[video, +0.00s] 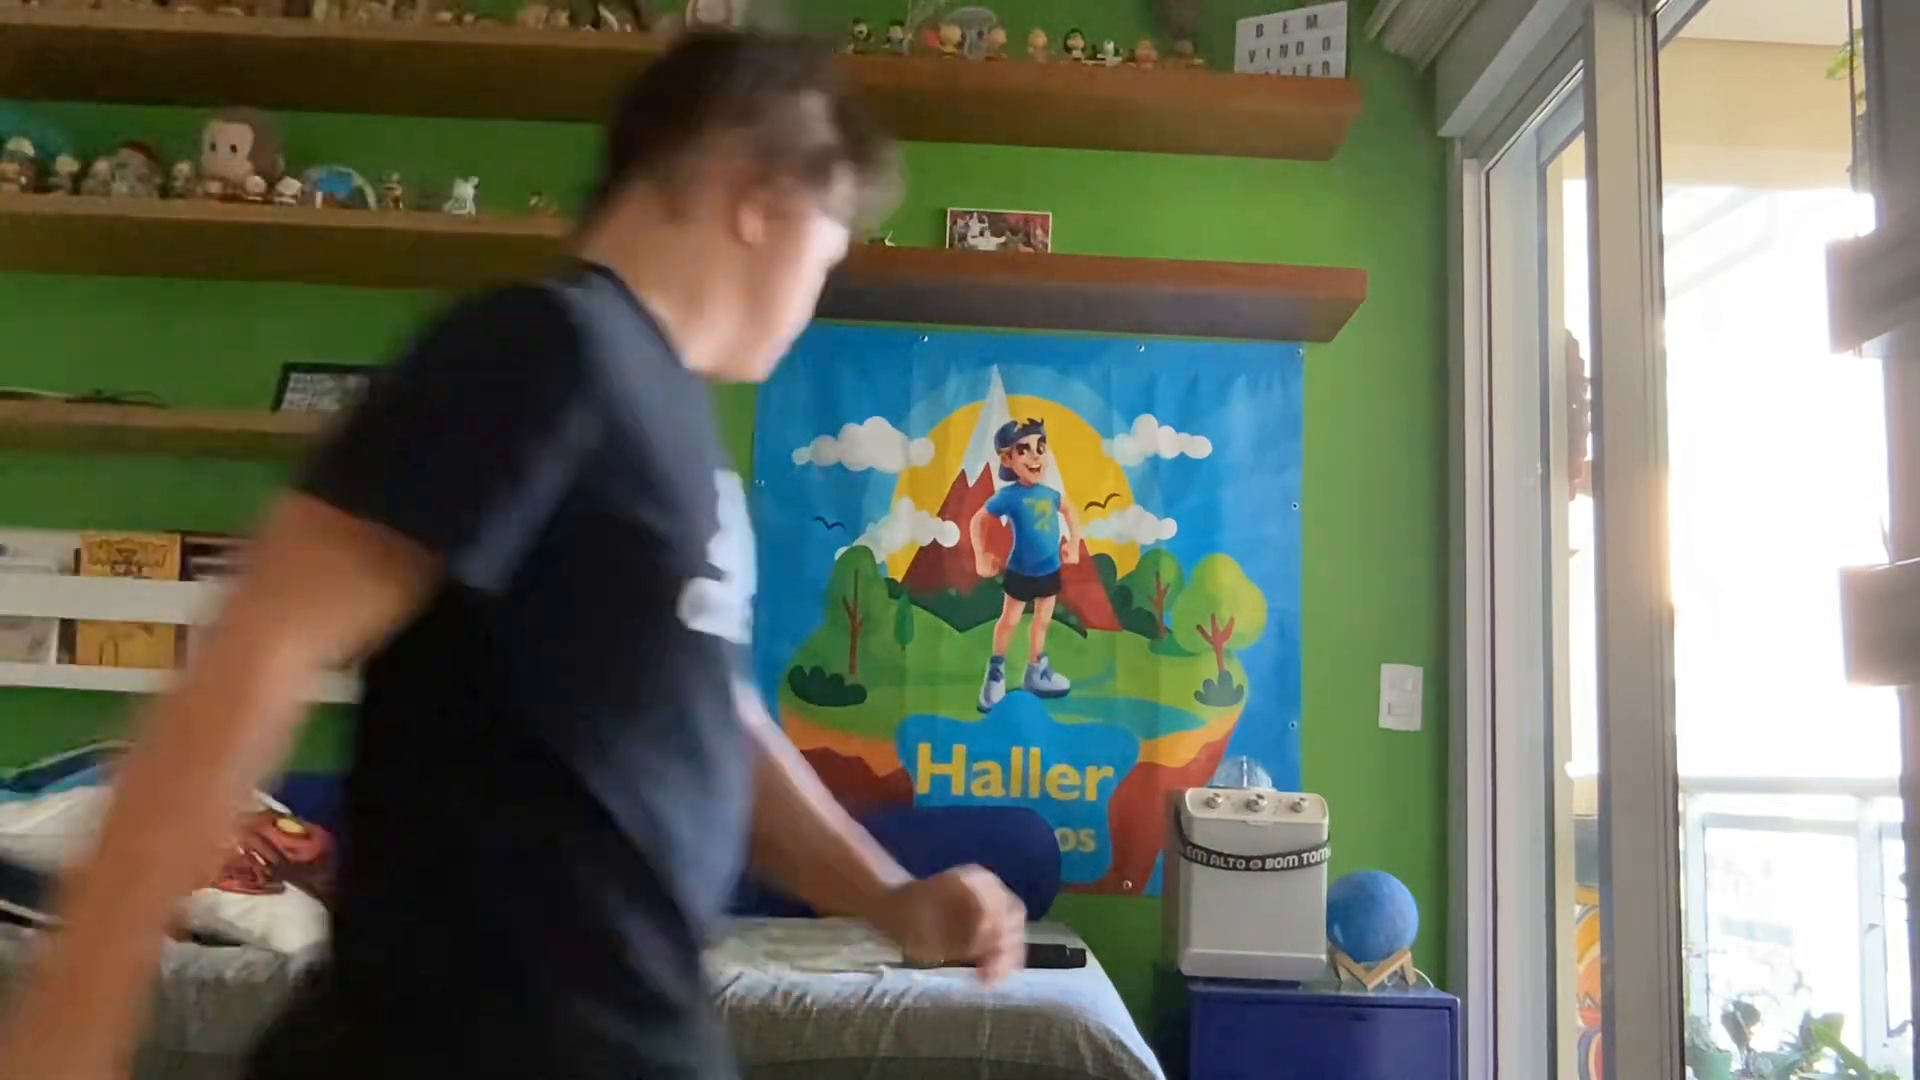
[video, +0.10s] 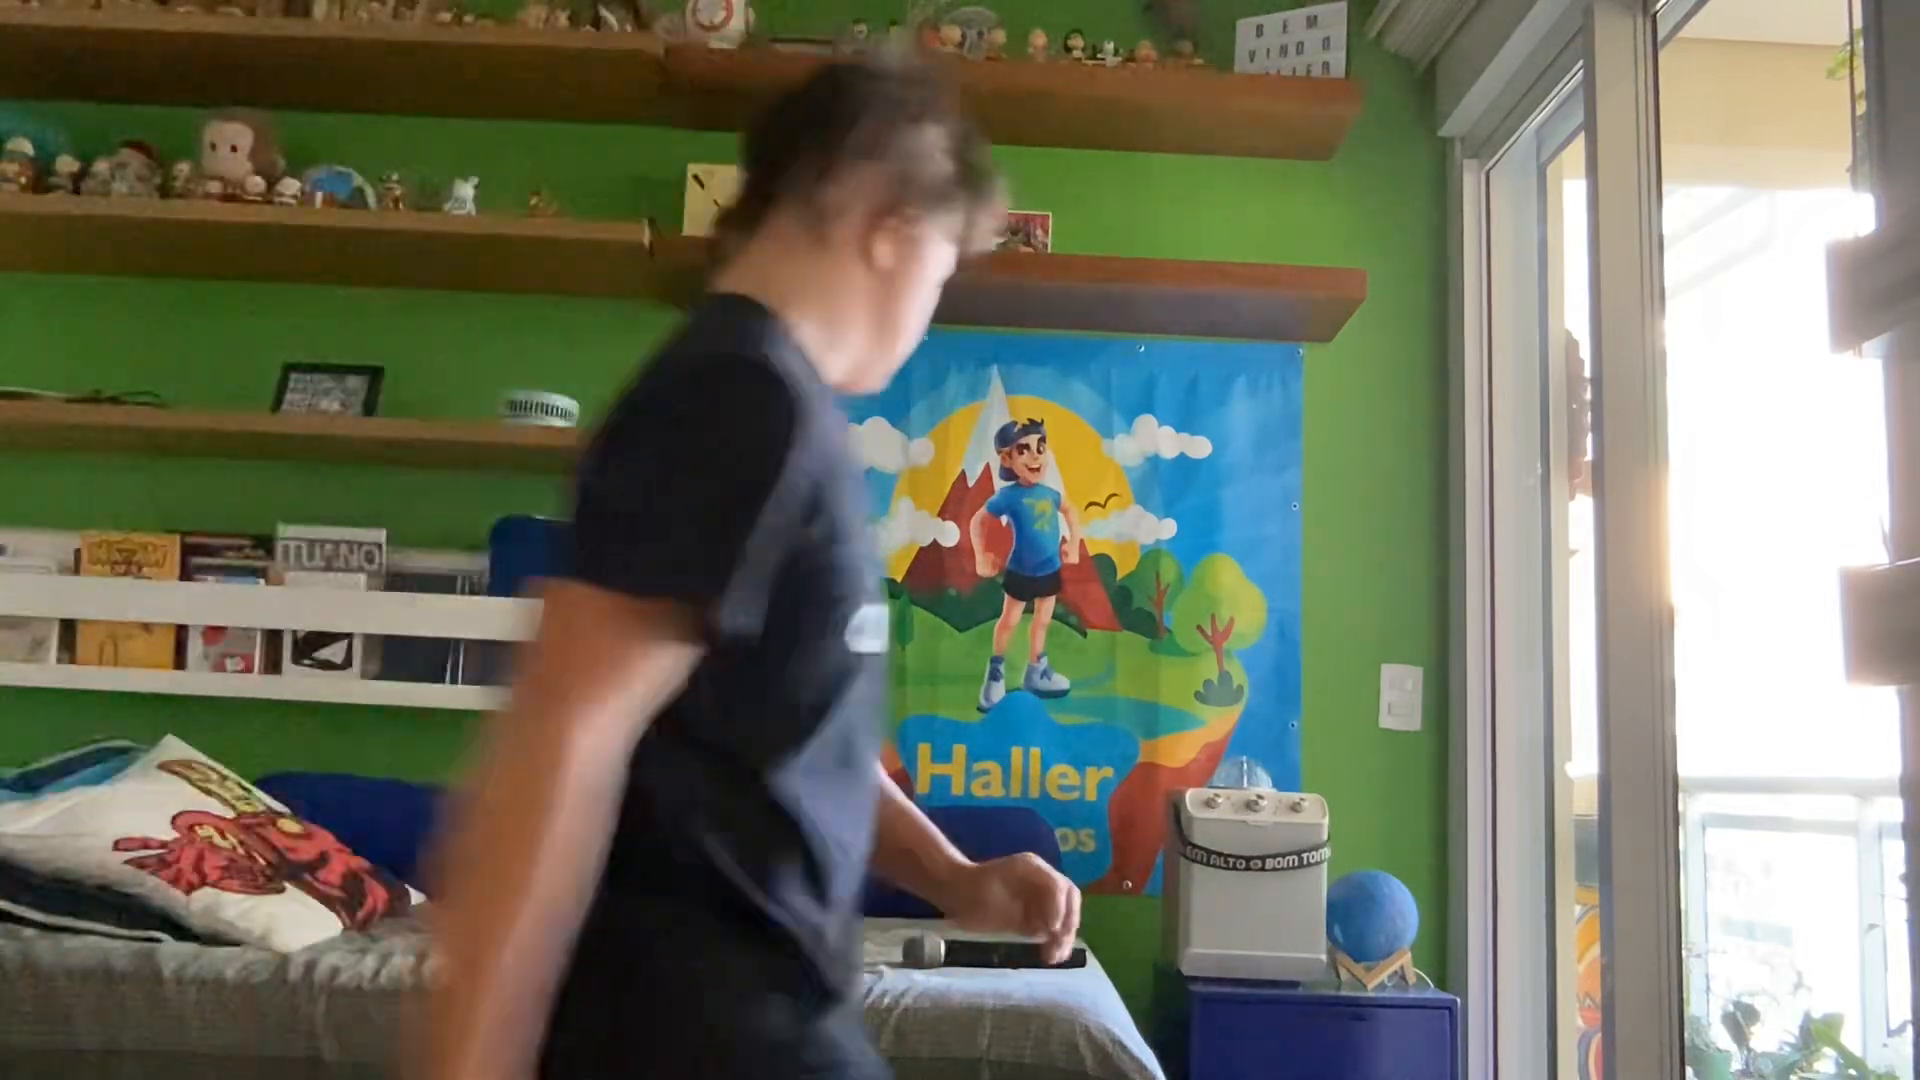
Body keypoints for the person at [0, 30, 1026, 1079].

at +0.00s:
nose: (821, 292)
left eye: (837, 256)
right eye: (832, 245)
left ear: (733, 202)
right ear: (751, 201)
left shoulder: (669, 414)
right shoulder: (551, 348)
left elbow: (706, 714)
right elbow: (255, 647)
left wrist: (888, 898)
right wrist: (74, 1014)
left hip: (616, 1025)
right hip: (485, 1029)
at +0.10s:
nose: (934, 312)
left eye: (948, 278)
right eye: (945, 270)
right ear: (887, 234)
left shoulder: (769, 398)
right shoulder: (740, 396)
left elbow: (785, 718)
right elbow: (562, 731)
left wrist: (951, 881)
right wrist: (474, 1055)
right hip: (706, 1020)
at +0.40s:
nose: (1085, 367)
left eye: (1092, 346)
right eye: (1091, 344)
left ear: (934, 312)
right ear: (1065, 326)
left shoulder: (814, 494)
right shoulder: (1105, 455)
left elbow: (727, 722)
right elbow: (1181, 702)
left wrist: (800, 867)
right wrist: (1252, 873)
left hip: (824, 996)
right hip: (1027, 995)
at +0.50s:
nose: (1121, 416)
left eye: (1126, 394)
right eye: (1127, 391)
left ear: (977, 364)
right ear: (1102, 375)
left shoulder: (873, 520)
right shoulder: (1163, 513)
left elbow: (773, 750)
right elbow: (1247, 753)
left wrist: (820, 885)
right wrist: (1281, 843)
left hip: (903, 985)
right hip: (1100, 983)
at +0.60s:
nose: (1195, 423)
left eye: (1196, 406)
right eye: (1196, 405)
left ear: (1057, 385)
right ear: (1182, 392)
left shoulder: (961, 503)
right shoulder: (1238, 521)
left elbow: (832, 695)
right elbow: (1278, 714)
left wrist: (821, 857)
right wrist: (1269, 784)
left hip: (961, 943)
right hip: (1160, 945)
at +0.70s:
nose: (1239, 439)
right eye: (1240, 425)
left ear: (1106, 410)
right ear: (1233, 419)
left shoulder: (1027, 506)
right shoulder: (1276, 543)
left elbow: (887, 662)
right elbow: (1279, 748)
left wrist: (806, 836)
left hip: (1018, 943)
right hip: (1211, 952)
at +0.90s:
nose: (1275, 463)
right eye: (1275, 454)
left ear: (1144, 445)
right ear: (1264, 453)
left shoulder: (1121, 513)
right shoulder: (1308, 565)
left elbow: (1015, 622)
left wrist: (870, 788)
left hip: (1143, 933)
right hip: (1314, 948)